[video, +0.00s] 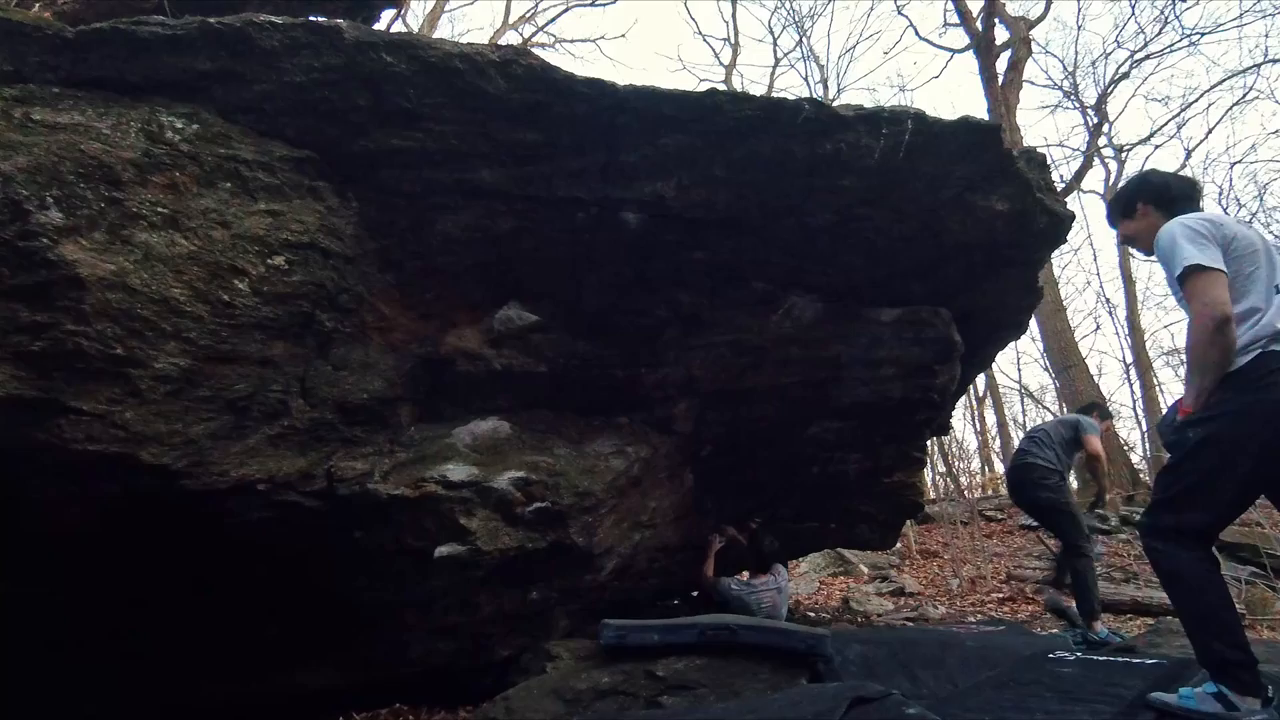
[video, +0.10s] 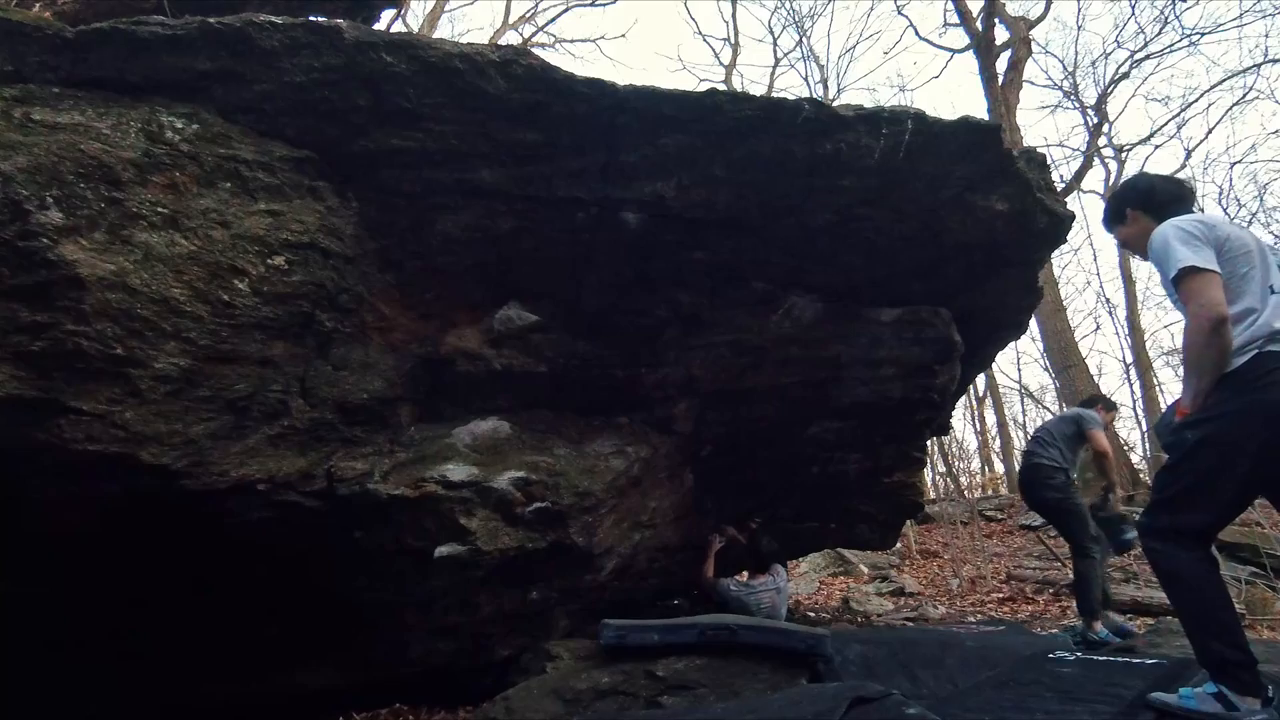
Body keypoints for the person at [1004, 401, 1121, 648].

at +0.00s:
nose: (1103, 434)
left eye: (1105, 430)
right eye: (1104, 428)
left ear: (1085, 415)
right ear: (1095, 417)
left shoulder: (1058, 426)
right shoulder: (1085, 422)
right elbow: (1095, 452)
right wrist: (1102, 490)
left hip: (1016, 478)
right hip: (1042, 475)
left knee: (1072, 537)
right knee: (1080, 544)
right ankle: (1094, 625)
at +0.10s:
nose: (1108, 425)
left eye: (1110, 421)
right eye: (1108, 419)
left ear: (1088, 407)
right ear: (1099, 410)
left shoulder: (1066, 419)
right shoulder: (1087, 415)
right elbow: (1102, 449)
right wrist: (1111, 486)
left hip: (1030, 479)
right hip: (1049, 477)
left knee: (1093, 541)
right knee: (1088, 545)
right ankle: (1091, 624)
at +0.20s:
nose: (1113, 423)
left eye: (1115, 419)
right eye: (1113, 417)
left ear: (1095, 405)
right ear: (1104, 406)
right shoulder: (1087, 410)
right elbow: (1112, 445)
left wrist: (1113, 497)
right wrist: (1128, 484)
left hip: (1042, 484)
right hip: (1062, 481)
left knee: (1099, 553)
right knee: (1101, 551)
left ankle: (1126, 622)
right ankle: (1094, 624)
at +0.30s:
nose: (1119, 426)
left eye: (1121, 422)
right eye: (1120, 419)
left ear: (1106, 410)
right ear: (1112, 409)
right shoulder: (1091, 411)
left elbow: (1088, 491)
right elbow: (1122, 442)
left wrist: (1130, 493)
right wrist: (1142, 476)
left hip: (1048, 486)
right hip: (1066, 481)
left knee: (1102, 552)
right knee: (1118, 545)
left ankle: (1123, 621)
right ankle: (1102, 614)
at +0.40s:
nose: (1129, 433)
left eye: (1132, 429)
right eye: (1130, 428)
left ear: (1120, 421)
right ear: (1122, 417)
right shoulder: (1097, 414)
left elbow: (1095, 492)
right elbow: (1130, 443)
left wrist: (1136, 495)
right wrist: (1154, 469)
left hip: (1050, 486)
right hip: (1065, 477)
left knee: (1105, 548)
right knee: (1127, 525)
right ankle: (1111, 594)